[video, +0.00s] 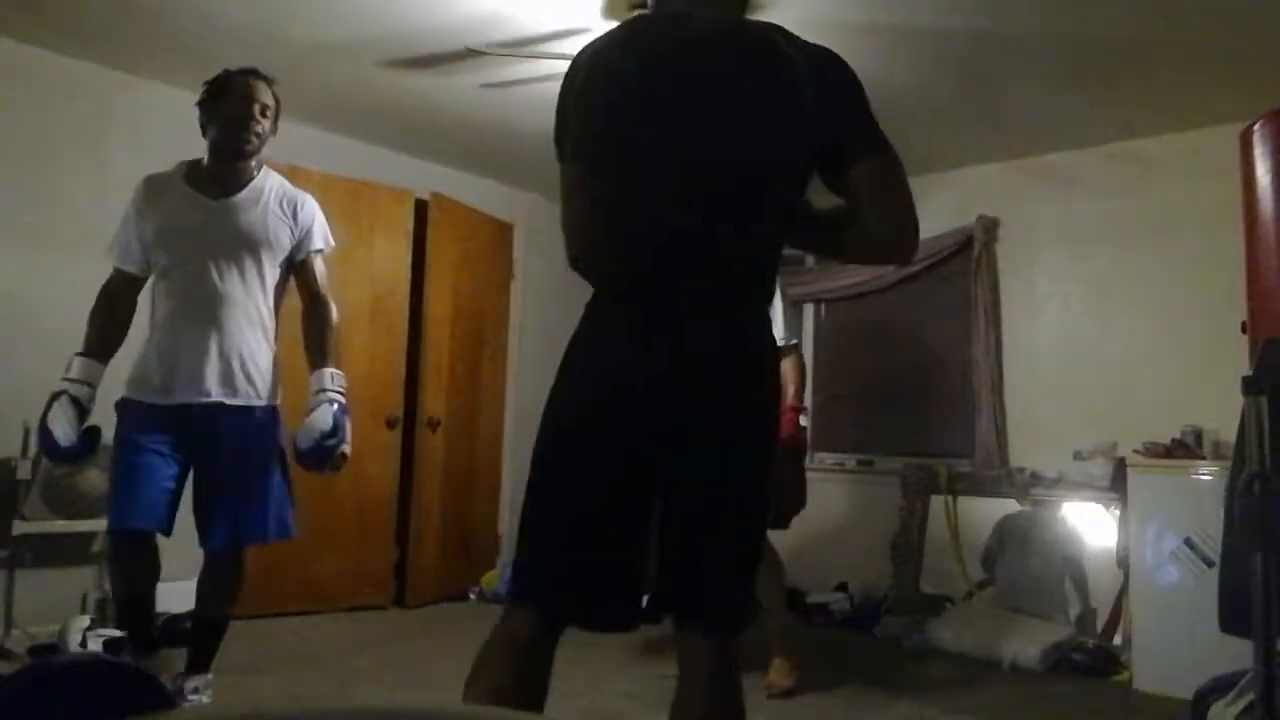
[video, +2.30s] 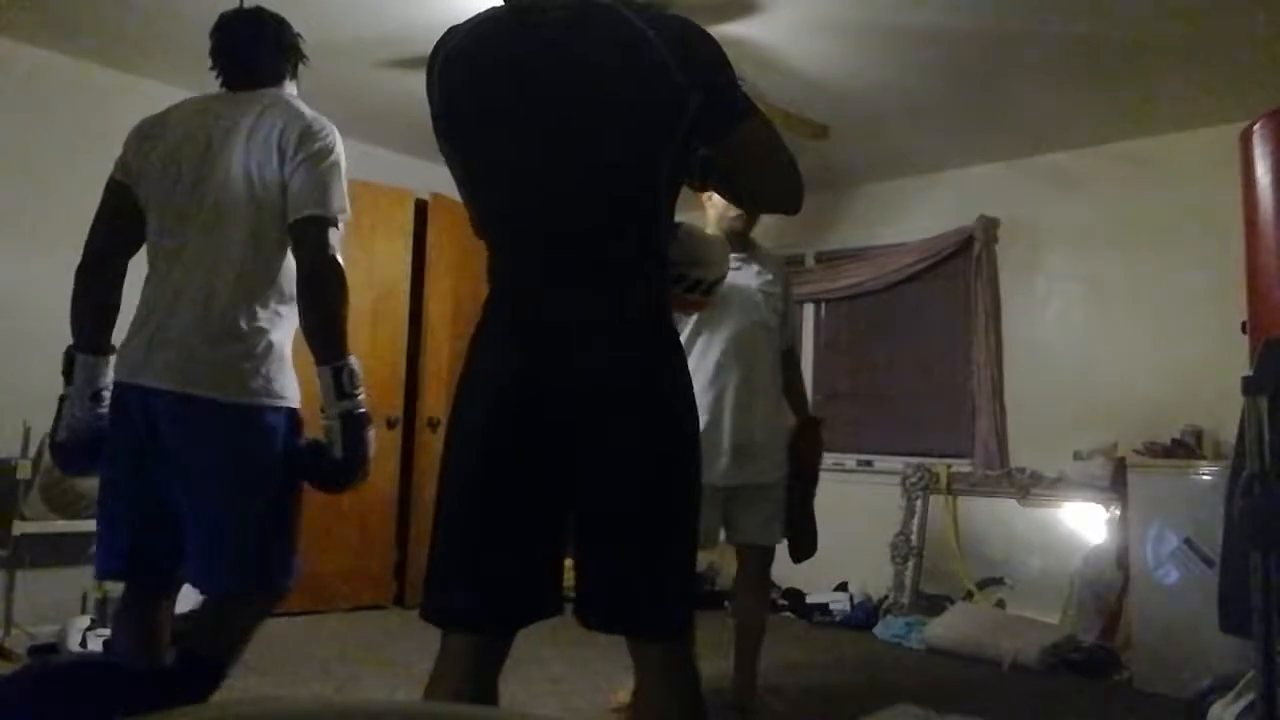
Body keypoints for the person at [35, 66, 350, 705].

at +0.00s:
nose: (253, 121)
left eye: (264, 113)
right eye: (240, 108)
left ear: (274, 130)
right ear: (205, 115)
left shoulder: (293, 207)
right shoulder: (156, 194)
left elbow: (318, 301)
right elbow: (120, 291)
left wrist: (327, 396)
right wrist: (78, 387)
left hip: (243, 407)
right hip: (155, 401)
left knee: (226, 547)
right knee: (129, 531)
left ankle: (197, 678)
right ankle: (137, 666)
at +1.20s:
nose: (322, 63)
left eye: (317, 47)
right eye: (306, 44)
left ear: (256, 51)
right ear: (256, 47)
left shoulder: (267, 155)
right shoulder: (177, 105)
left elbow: (266, 298)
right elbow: (136, 251)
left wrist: (313, 395)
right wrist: (182, 391)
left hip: (258, 418)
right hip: (193, 414)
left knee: (216, 628)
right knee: (190, 634)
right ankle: (29, 694)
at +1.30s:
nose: (320, 63)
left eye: (317, 48)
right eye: (307, 46)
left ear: (249, 44)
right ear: (263, 44)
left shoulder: (253, 138)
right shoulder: (198, 95)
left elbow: (239, 306)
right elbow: (157, 233)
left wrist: (299, 402)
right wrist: (207, 388)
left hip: (233, 426)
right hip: (190, 422)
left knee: (186, 660)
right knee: (179, 663)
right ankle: (19, 695)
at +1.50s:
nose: (319, 51)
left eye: (317, 31)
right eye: (313, 28)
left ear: (235, 21)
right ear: (287, 24)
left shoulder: (196, 85)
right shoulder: (237, 75)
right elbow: (243, 236)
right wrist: (284, 395)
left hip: (157, 394)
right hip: (184, 400)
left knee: (146, 654)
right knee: (163, 663)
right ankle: (13, 698)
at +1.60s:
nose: (323, 60)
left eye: (324, 40)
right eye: (322, 37)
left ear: (238, 22)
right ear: (296, 29)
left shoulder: (167, 95)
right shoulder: (253, 79)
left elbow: (122, 254)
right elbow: (279, 236)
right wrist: (316, 394)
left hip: (129, 382)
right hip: (187, 395)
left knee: (122, 622)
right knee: (155, 658)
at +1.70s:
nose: (320, 66)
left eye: (321, 48)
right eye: (320, 44)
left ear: (233, 23)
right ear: (303, 33)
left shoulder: (156, 91)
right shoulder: (268, 81)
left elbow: (97, 244)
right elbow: (298, 241)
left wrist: (109, 364)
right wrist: (345, 388)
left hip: (117, 379)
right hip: (193, 389)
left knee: (122, 609)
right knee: (156, 621)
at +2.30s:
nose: (297, 76)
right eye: (296, 64)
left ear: (216, 64)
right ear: (291, 63)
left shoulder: (155, 130)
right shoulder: (306, 135)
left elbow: (100, 262)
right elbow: (316, 263)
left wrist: (86, 388)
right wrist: (344, 397)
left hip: (142, 393)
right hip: (242, 401)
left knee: (145, 586)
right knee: (251, 588)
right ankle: (155, 718)